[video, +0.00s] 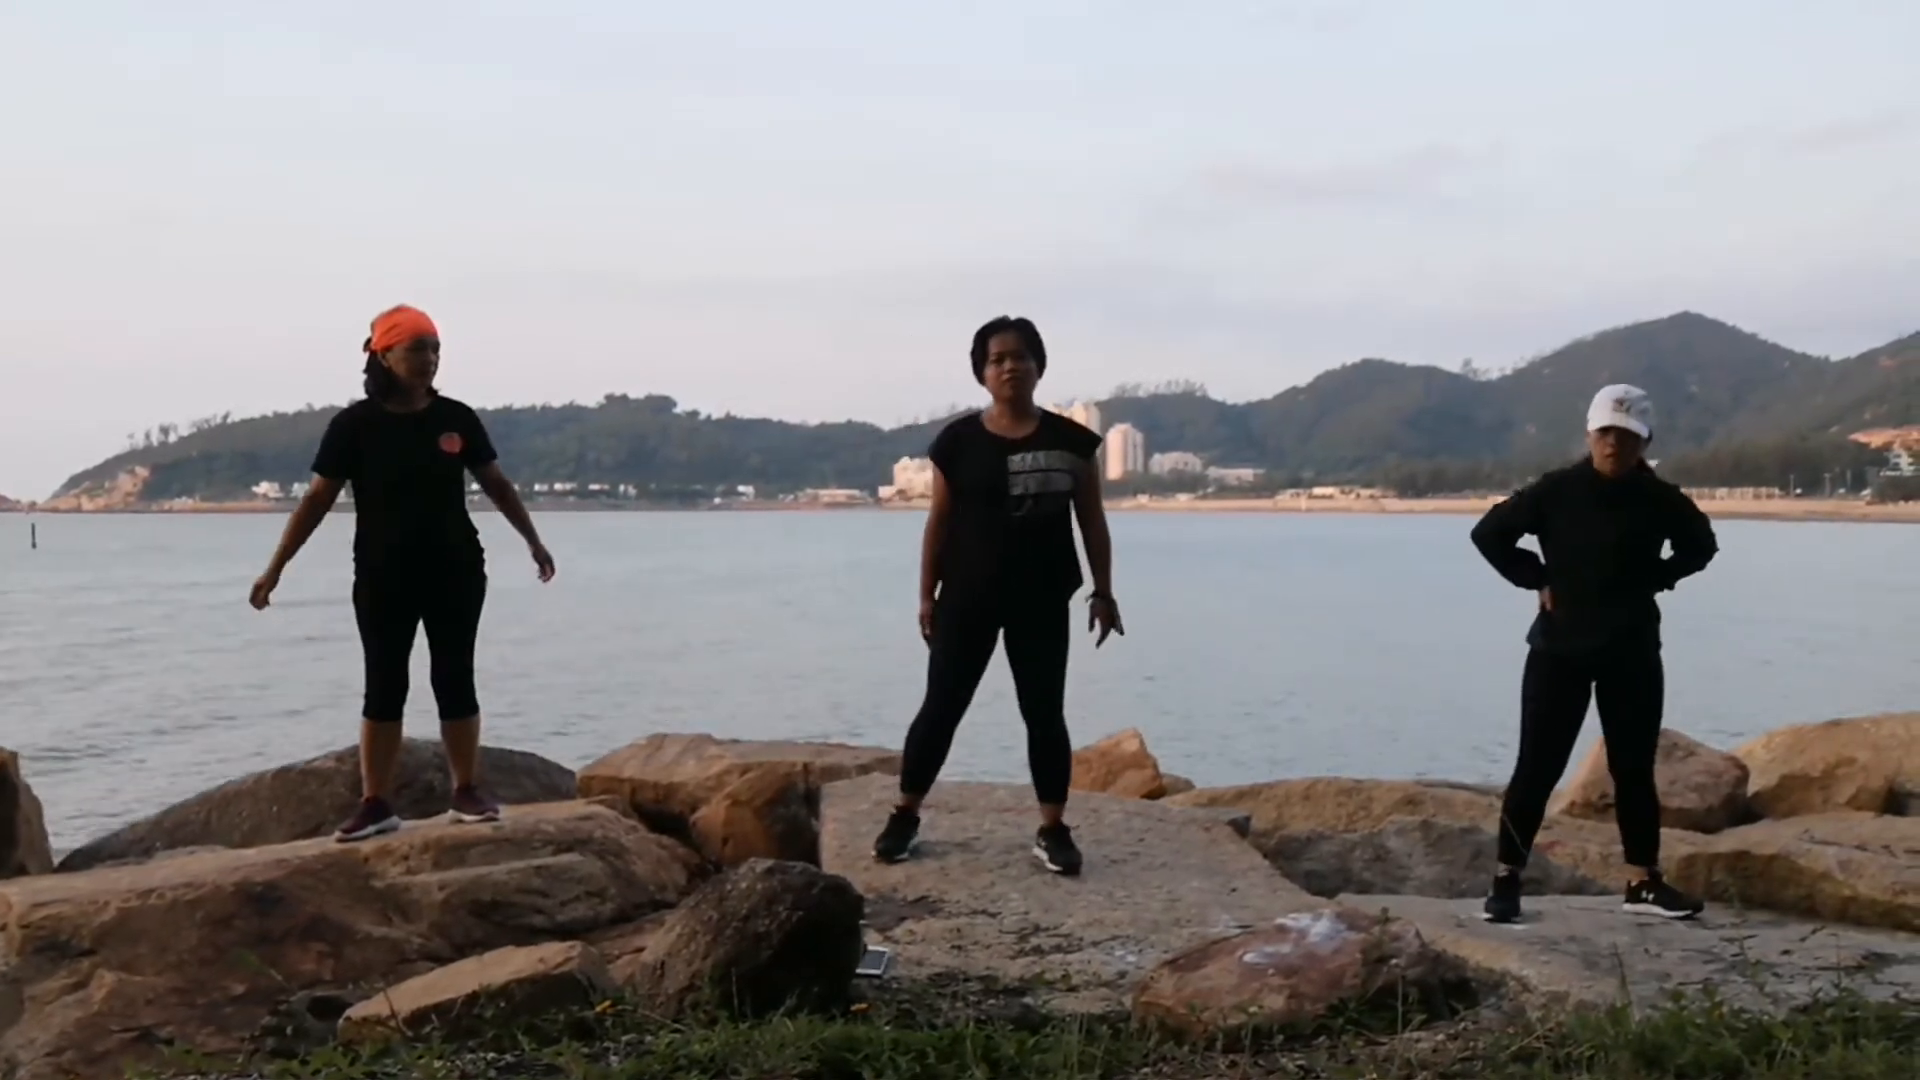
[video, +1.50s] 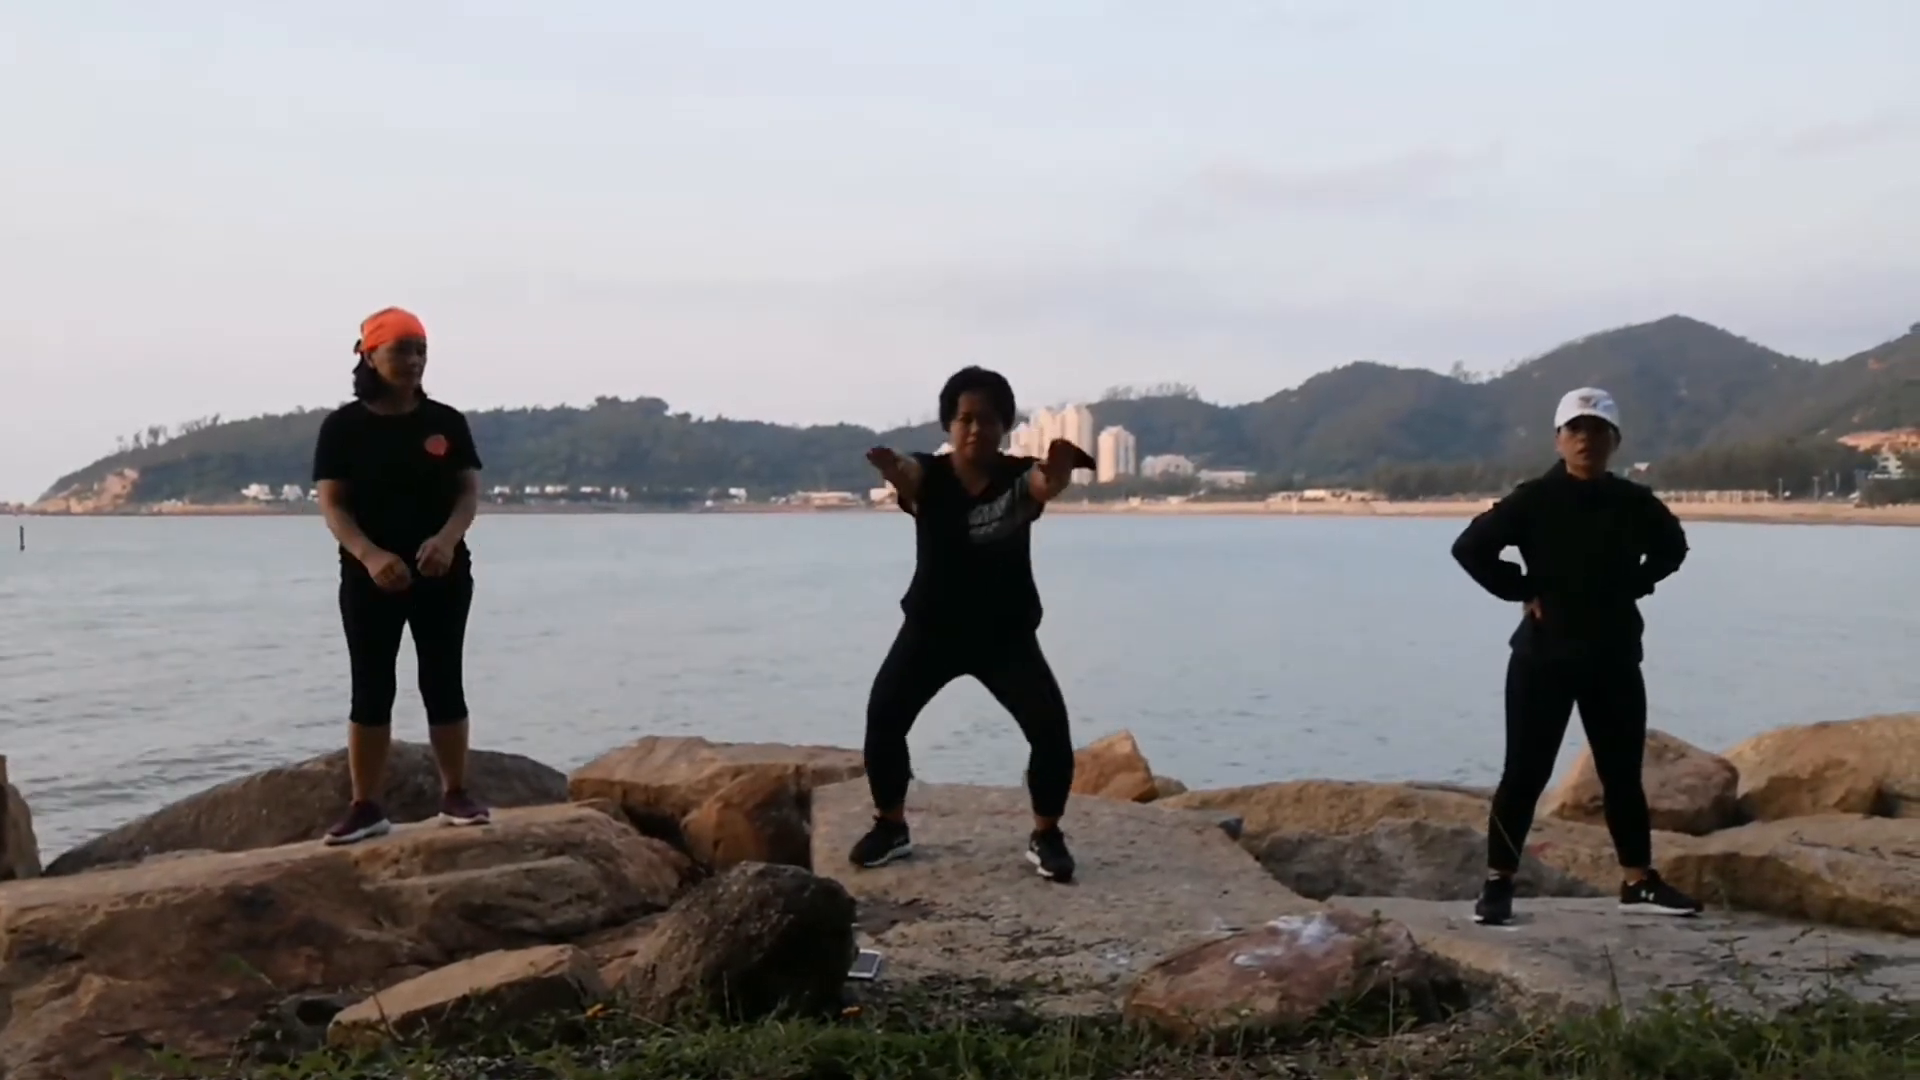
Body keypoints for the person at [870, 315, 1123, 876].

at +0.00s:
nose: (1010, 367)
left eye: (1020, 357)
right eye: (998, 359)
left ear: (1038, 366)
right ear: (982, 371)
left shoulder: (1071, 441)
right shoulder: (956, 442)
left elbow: (1092, 521)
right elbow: (938, 524)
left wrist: (1103, 591)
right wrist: (926, 597)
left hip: (1041, 604)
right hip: (969, 601)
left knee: (1046, 716)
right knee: (940, 709)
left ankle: (1053, 827)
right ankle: (906, 814)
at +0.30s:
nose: (1003, 370)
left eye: (1014, 360)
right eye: (993, 360)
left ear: (1033, 370)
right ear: (976, 371)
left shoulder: (1059, 445)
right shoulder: (945, 442)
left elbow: (1080, 526)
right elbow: (926, 526)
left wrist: (1087, 593)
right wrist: (920, 597)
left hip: (1026, 605)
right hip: (955, 603)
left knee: (1036, 717)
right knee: (926, 712)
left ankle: (1050, 827)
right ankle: (899, 818)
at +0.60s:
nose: (971, 370)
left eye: (984, 361)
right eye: (961, 360)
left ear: (999, 373)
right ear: (943, 371)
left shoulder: (1024, 446)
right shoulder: (907, 441)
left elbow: (1032, 531)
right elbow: (882, 523)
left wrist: (1027, 598)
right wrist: (875, 594)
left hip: (994, 603)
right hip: (922, 603)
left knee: (1022, 716)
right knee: (909, 715)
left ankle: (1047, 823)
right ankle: (897, 819)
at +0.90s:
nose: (978, 372)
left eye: (989, 362)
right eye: (967, 362)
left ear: (1007, 371)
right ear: (950, 372)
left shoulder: (1038, 442)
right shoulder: (919, 446)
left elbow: (1053, 525)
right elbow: (902, 527)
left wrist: (1049, 594)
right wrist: (898, 599)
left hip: (1011, 605)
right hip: (938, 605)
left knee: (1026, 721)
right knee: (917, 717)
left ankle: (1048, 831)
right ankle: (896, 822)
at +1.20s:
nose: (988, 374)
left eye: (999, 364)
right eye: (978, 365)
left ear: (1019, 370)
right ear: (962, 372)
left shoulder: (1046, 438)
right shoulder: (936, 437)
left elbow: (1075, 503)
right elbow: (896, 501)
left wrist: (1077, 558)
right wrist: (870, 558)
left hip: (1020, 600)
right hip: (948, 599)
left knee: (1031, 717)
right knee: (920, 710)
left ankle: (1048, 833)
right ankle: (893, 821)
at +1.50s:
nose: (975, 428)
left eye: (987, 419)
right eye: (965, 418)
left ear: (1004, 427)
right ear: (949, 426)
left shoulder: (1020, 477)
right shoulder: (928, 474)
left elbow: (1046, 486)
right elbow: (908, 479)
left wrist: (1058, 467)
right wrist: (893, 469)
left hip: (1005, 638)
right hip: (931, 635)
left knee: (1053, 734)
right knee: (883, 721)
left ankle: (1047, 835)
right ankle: (890, 825)